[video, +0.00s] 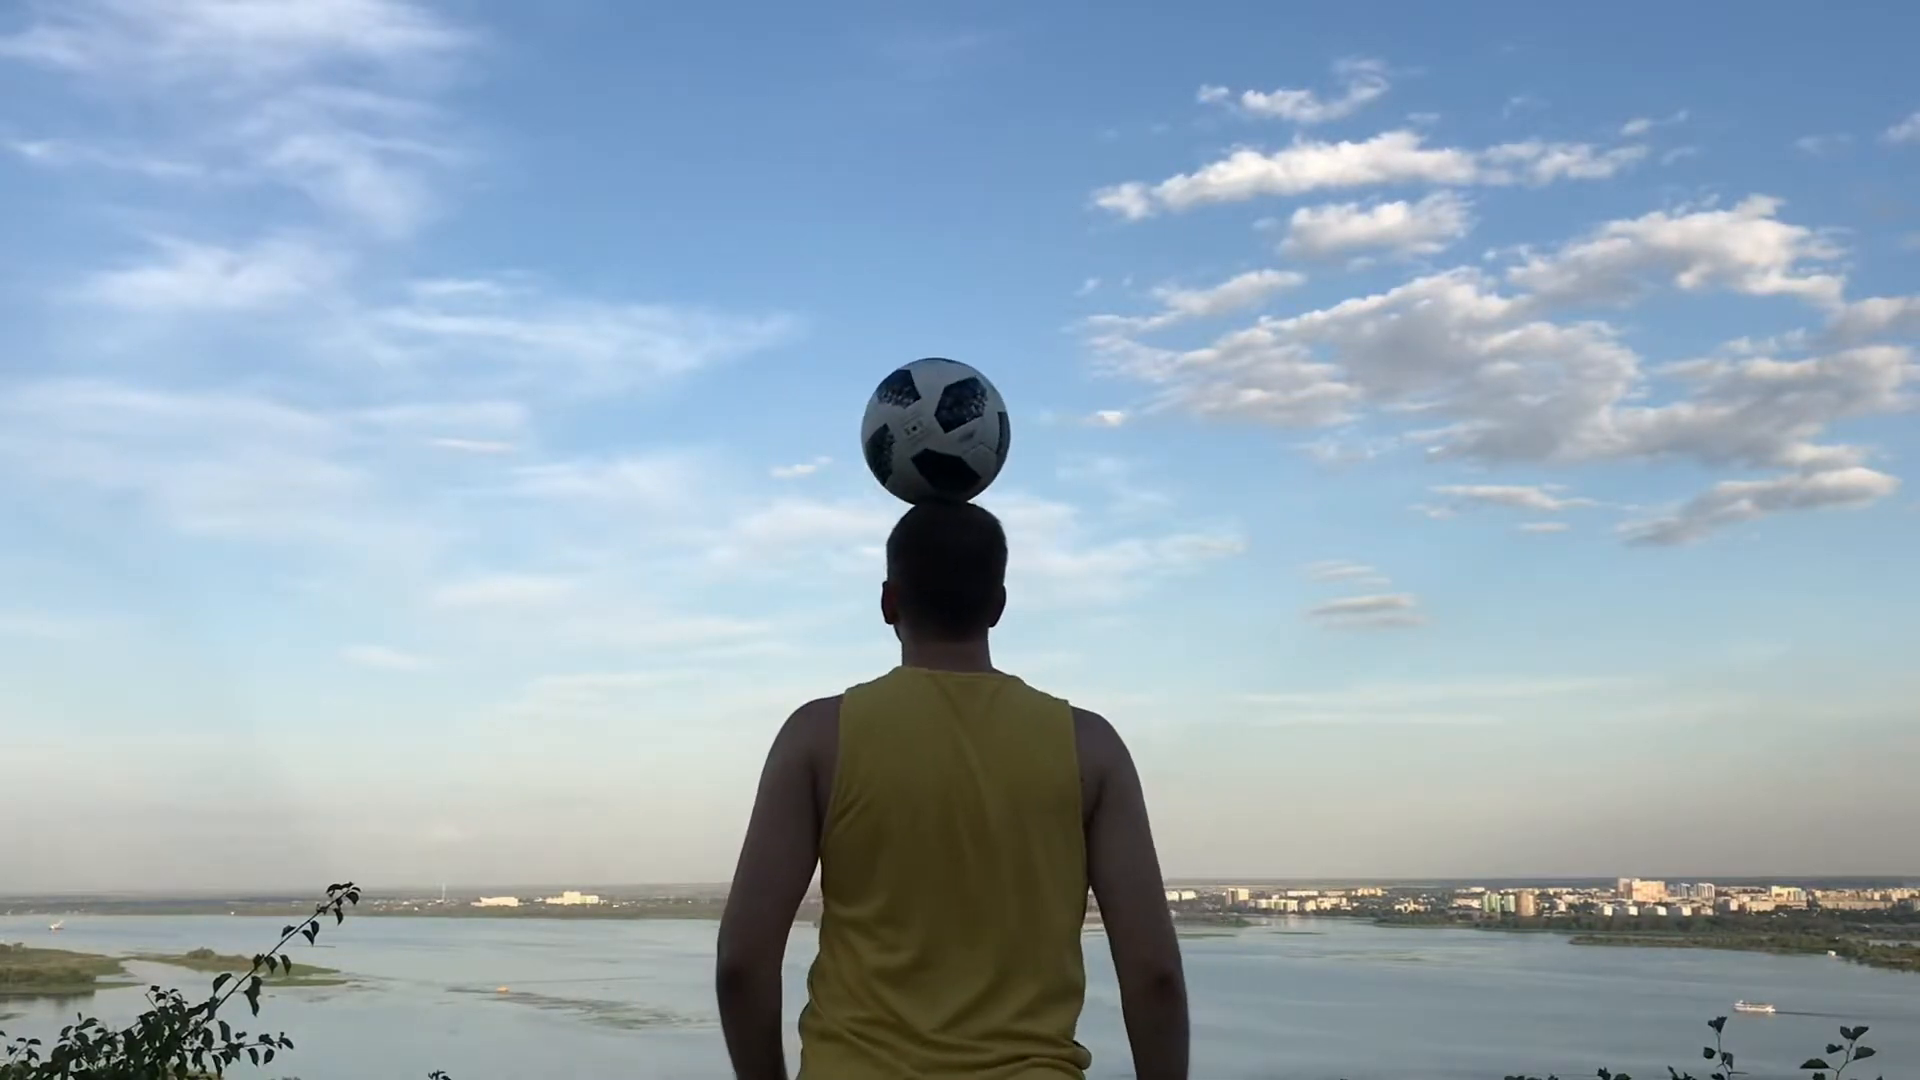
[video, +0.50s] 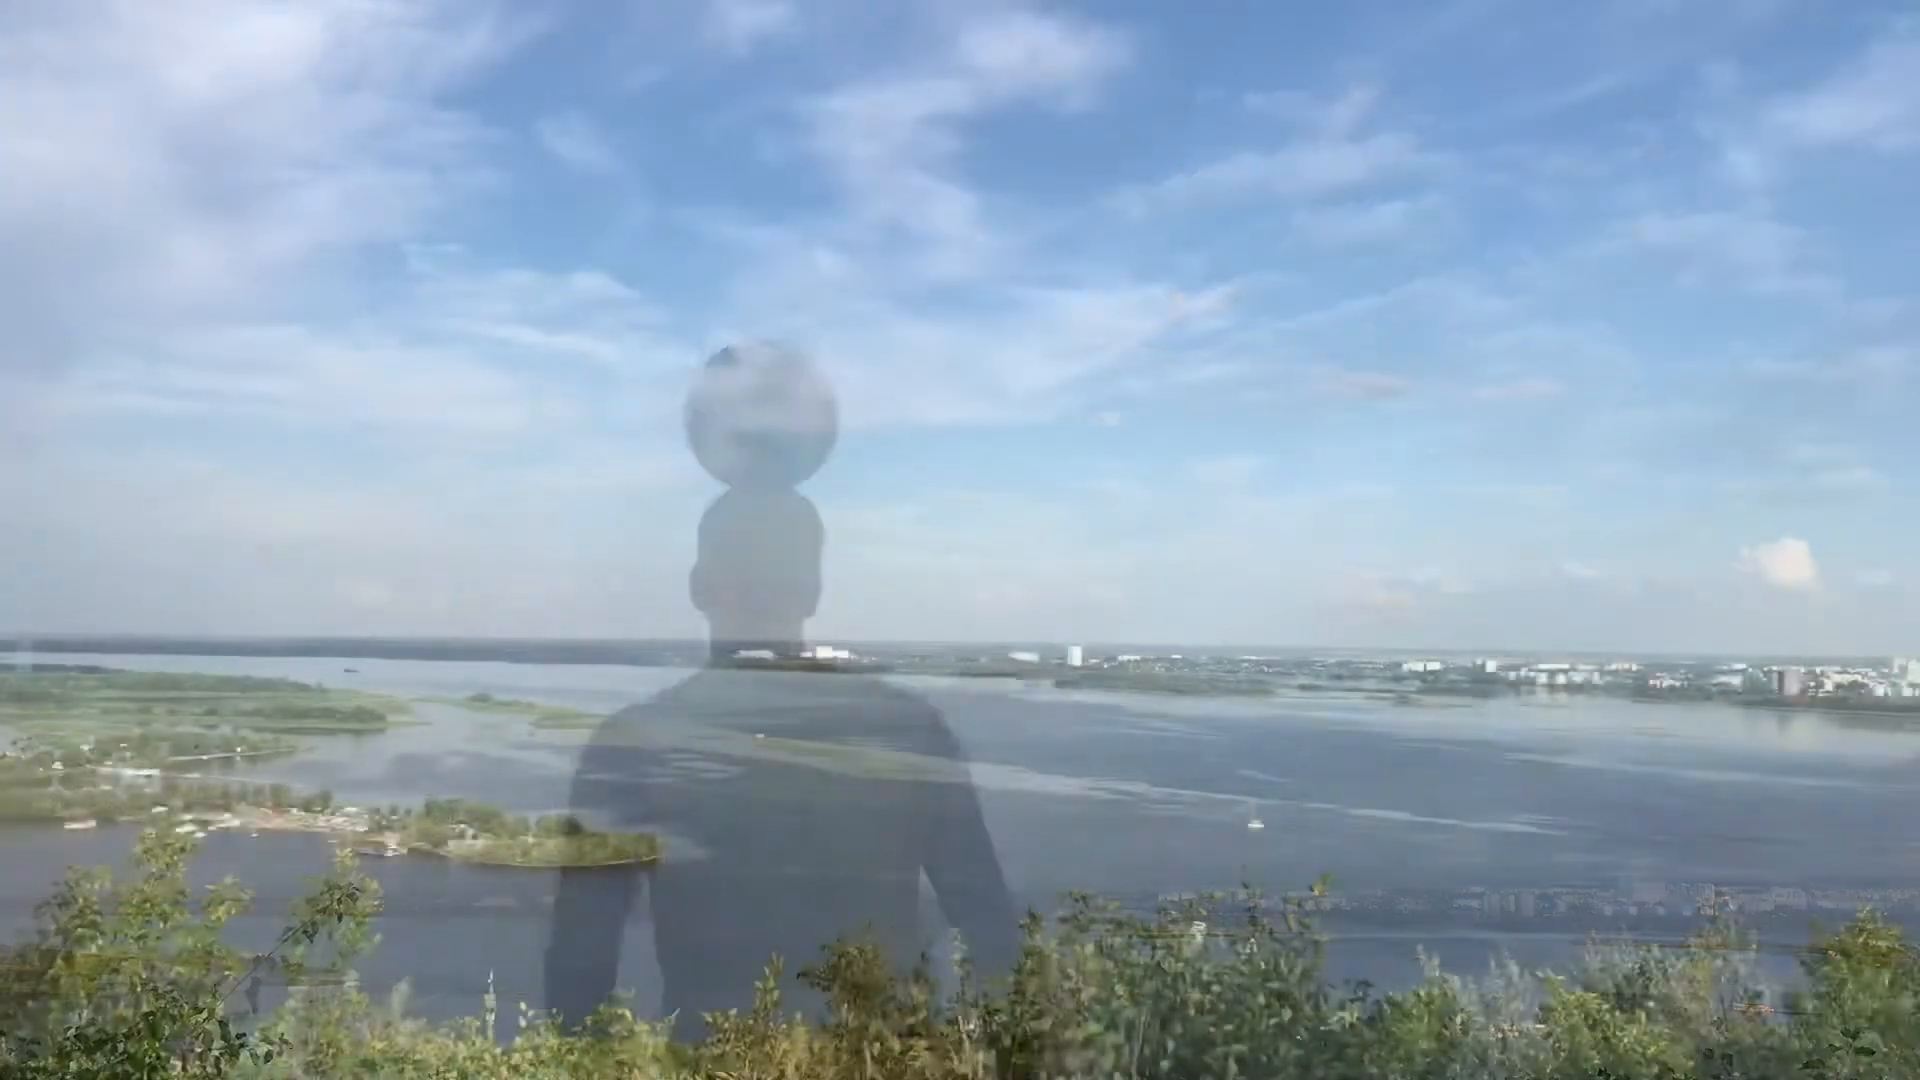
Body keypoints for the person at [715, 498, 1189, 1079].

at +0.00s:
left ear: (888, 600)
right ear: (999, 603)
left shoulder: (819, 734)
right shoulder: (1088, 742)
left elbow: (743, 963)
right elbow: (1155, 975)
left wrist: (765, 1074)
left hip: (856, 1061)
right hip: (1034, 1063)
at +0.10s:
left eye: (838, 582)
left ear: (841, 598)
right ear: (955, 602)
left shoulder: (775, 737)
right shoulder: (1045, 737)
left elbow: (709, 975)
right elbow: (1123, 963)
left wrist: (734, 1076)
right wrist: (1137, 1075)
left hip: (829, 1062)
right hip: (1009, 1063)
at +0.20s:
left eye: (801, 577)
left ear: (800, 591)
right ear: (915, 598)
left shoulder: (729, 736)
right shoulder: (1002, 734)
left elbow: (672, 981)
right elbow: (1086, 958)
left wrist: (698, 1075)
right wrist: (1107, 1074)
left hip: (796, 1060)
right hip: (974, 1061)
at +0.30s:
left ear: (774, 585)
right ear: (889, 592)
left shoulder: (701, 732)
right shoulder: (974, 732)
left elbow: (639, 970)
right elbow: (1053, 956)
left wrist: (665, 1073)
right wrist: (1076, 1070)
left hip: (772, 1057)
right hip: (944, 1057)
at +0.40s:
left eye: (750, 564)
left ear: (743, 584)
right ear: (860, 590)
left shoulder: (674, 733)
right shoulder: (945, 730)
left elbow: (610, 960)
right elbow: (1021, 932)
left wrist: (635, 1072)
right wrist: (1049, 1067)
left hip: (744, 1058)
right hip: (918, 1059)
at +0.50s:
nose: (749, 586)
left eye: (708, 563)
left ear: (700, 586)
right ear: (815, 586)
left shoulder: (636, 739)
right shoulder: (904, 723)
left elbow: (580, 955)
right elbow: (987, 912)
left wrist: (580, 1059)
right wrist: (1016, 1044)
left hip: (716, 1051)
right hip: (883, 1050)